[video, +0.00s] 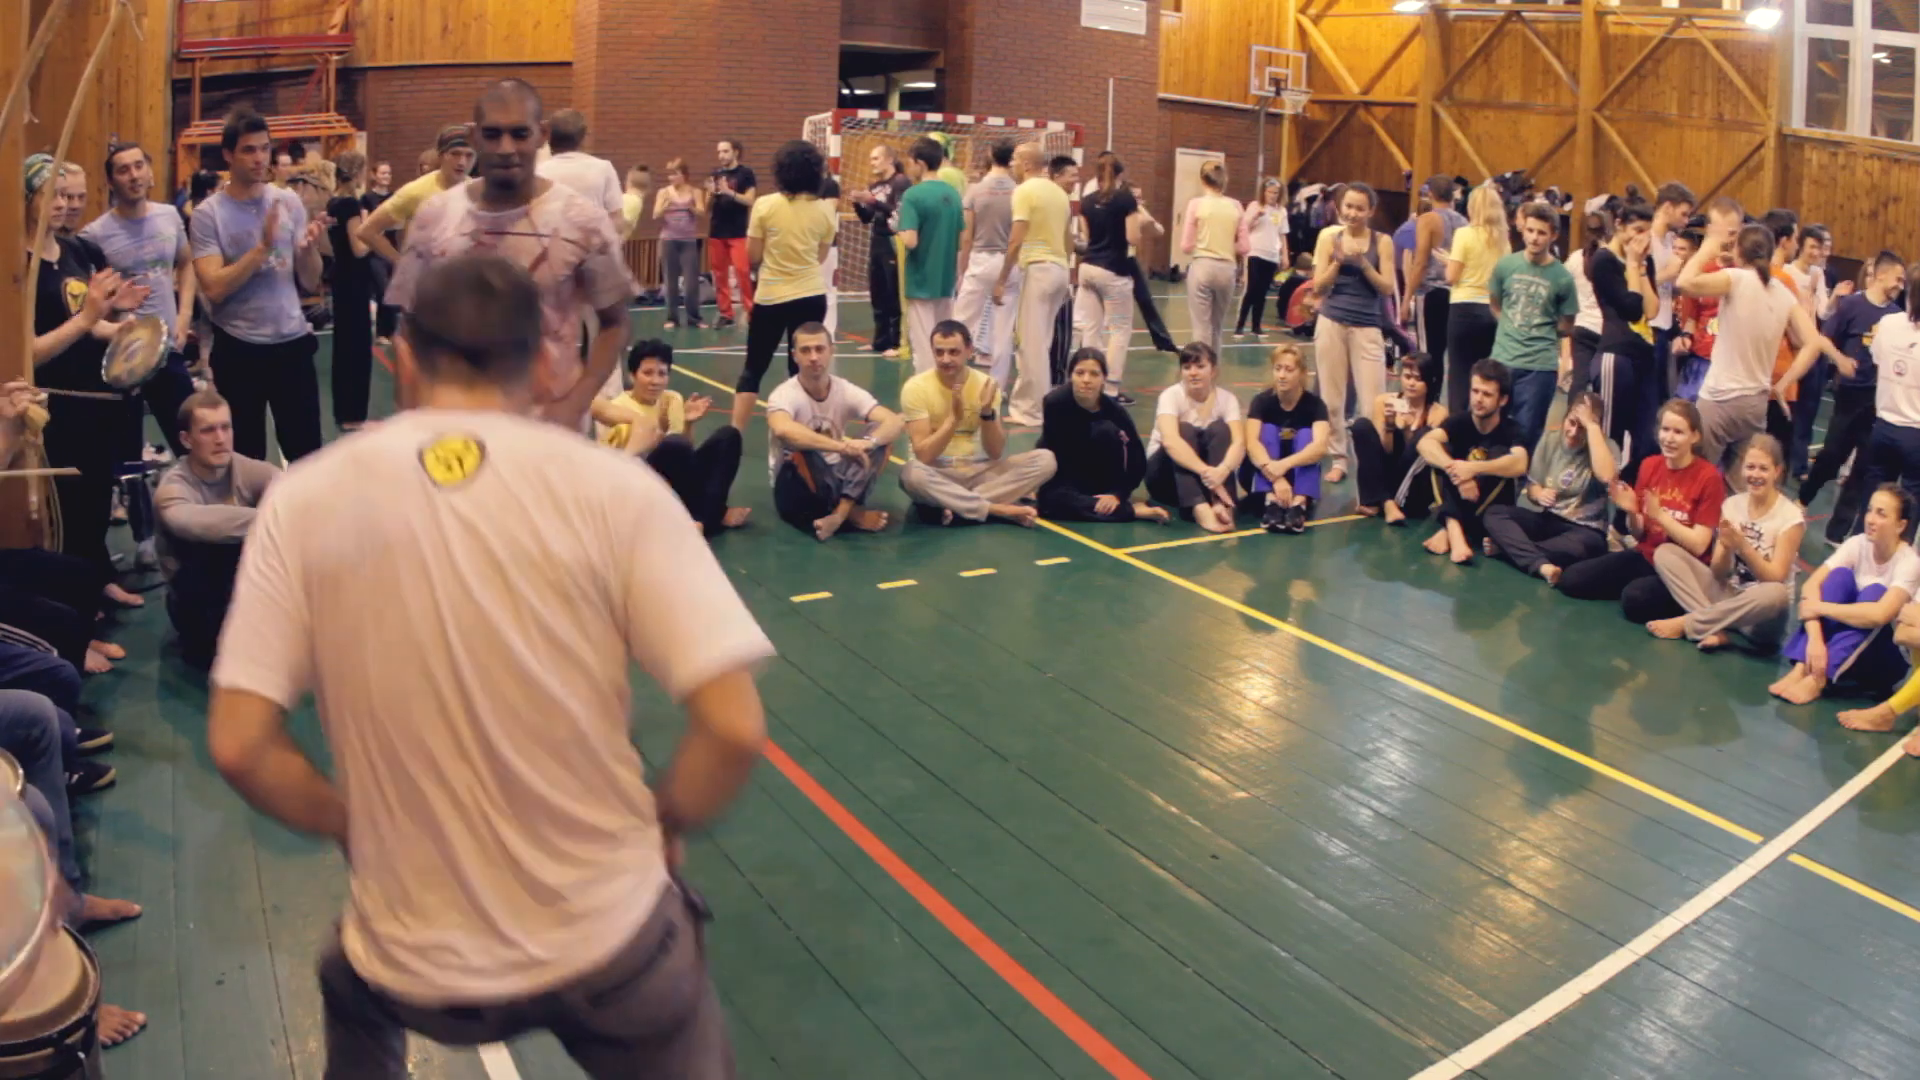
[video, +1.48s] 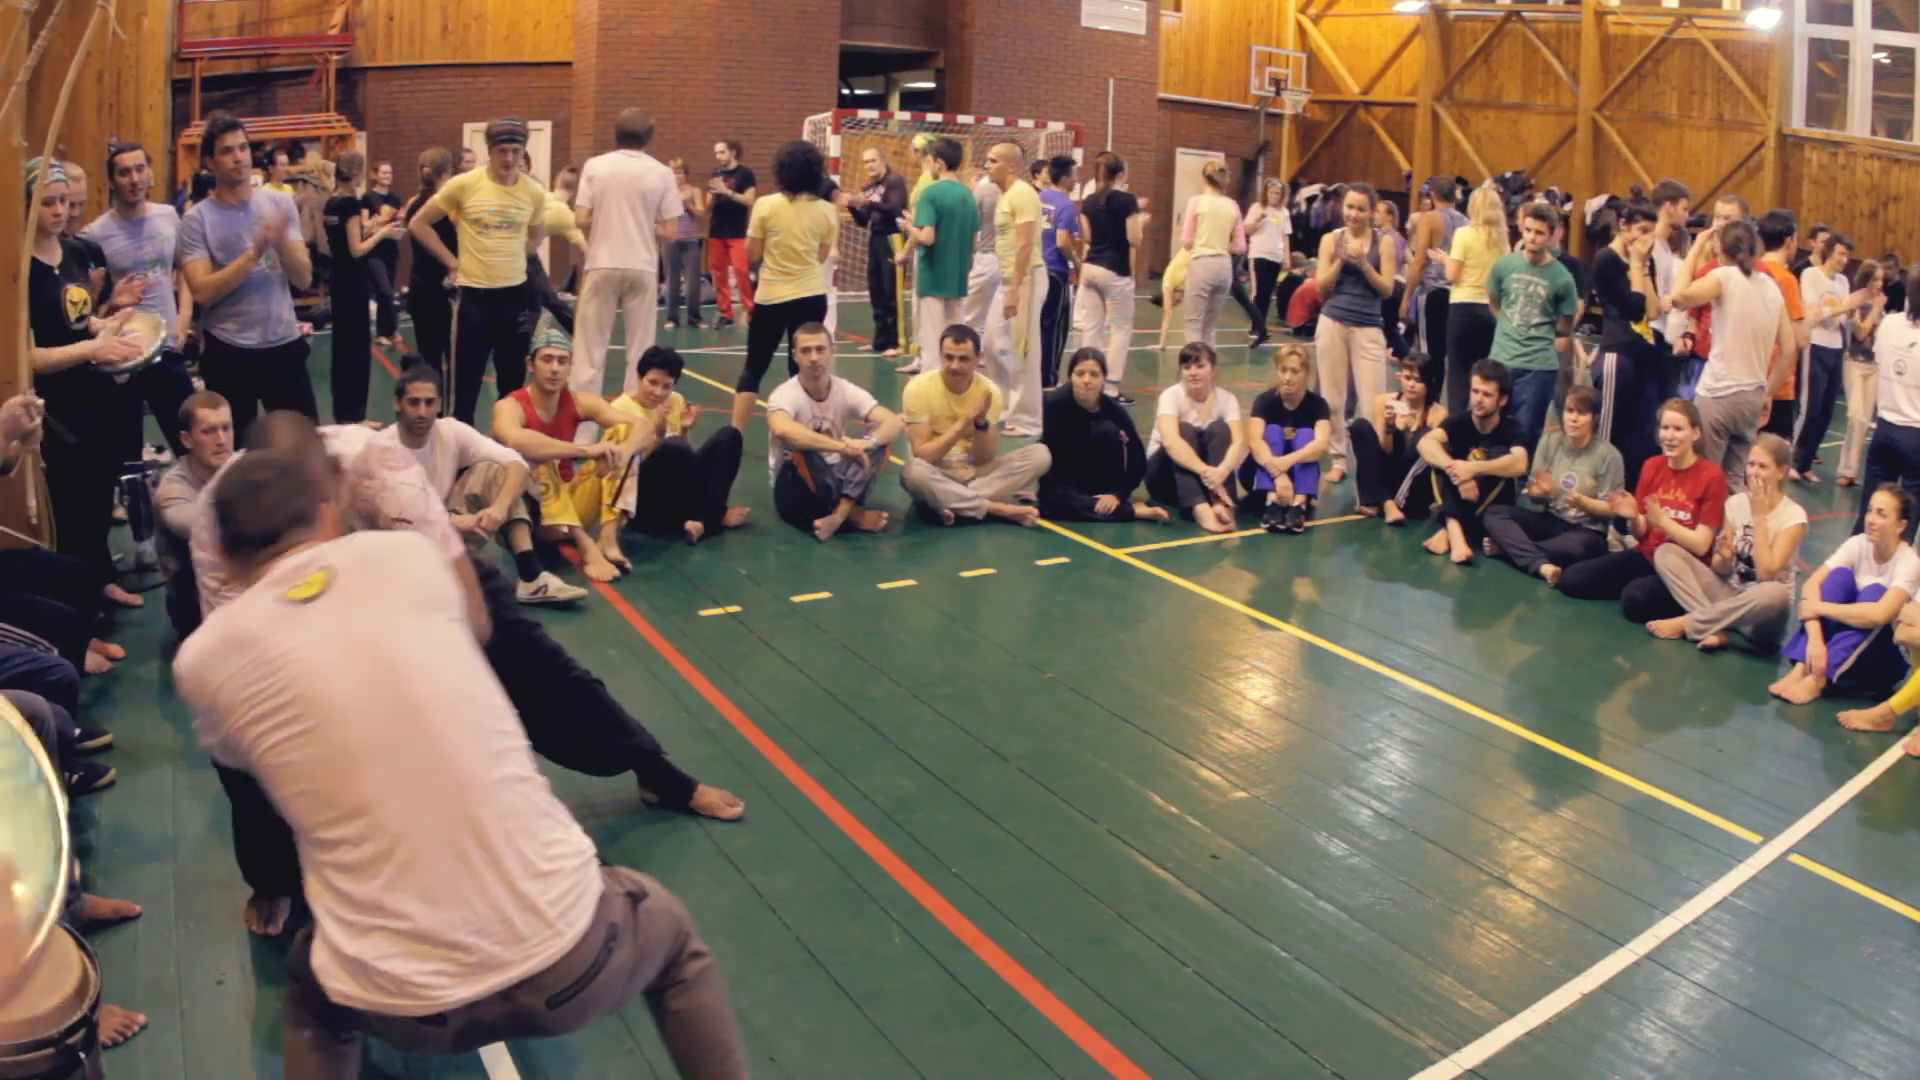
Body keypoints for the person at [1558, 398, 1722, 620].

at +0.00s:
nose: (1669, 438)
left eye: (1678, 432)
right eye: (1665, 429)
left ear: (1695, 437)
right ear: (1658, 431)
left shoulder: (1709, 477)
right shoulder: (1649, 465)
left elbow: (1698, 545)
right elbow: (1638, 533)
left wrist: (1660, 514)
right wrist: (1631, 511)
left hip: (1682, 567)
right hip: (1646, 556)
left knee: (1634, 601)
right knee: (1570, 581)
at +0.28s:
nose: (1670, 435)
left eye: (1680, 429)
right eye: (1666, 426)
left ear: (1696, 436)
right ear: (1659, 428)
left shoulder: (1710, 475)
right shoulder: (1650, 464)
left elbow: (1699, 543)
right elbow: (1635, 531)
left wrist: (1651, 518)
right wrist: (1638, 517)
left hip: (1682, 566)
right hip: (1645, 556)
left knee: (1634, 601)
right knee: (1571, 581)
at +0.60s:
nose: (1669, 435)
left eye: (1678, 429)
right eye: (1665, 427)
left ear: (1696, 434)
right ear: (1658, 430)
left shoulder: (1711, 476)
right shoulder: (1651, 465)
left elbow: (1697, 544)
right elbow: (1639, 533)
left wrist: (1653, 517)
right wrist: (1641, 516)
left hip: (1683, 566)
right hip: (1647, 555)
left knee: (1634, 601)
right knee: (1571, 581)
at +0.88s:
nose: (1671, 436)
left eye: (1679, 429)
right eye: (1666, 428)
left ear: (1696, 434)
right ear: (1658, 431)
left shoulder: (1711, 476)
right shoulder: (1651, 465)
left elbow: (1698, 544)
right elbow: (1639, 534)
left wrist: (1653, 519)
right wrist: (1641, 520)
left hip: (1684, 566)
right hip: (1647, 555)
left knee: (1634, 601)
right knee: (1570, 581)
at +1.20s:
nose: (1667, 435)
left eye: (1676, 428)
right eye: (1663, 427)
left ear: (1695, 433)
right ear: (1657, 430)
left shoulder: (1712, 476)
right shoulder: (1652, 465)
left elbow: (1700, 545)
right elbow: (1639, 534)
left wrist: (1654, 520)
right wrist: (1641, 520)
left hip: (1684, 567)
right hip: (1647, 555)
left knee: (1634, 601)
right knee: (1570, 581)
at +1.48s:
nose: (1669, 436)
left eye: (1678, 429)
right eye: (1664, 428)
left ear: (1696, 434)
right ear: (1657, 431)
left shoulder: (1712, 477)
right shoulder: (1652, 466)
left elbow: (1701, 545)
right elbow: (1641, 533)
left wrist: (1661, 520)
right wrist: (1633, 515)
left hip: (1683, 567)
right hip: (1647, 556)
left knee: (1634, 601)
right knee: (1570, 581)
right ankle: (1636, 580)